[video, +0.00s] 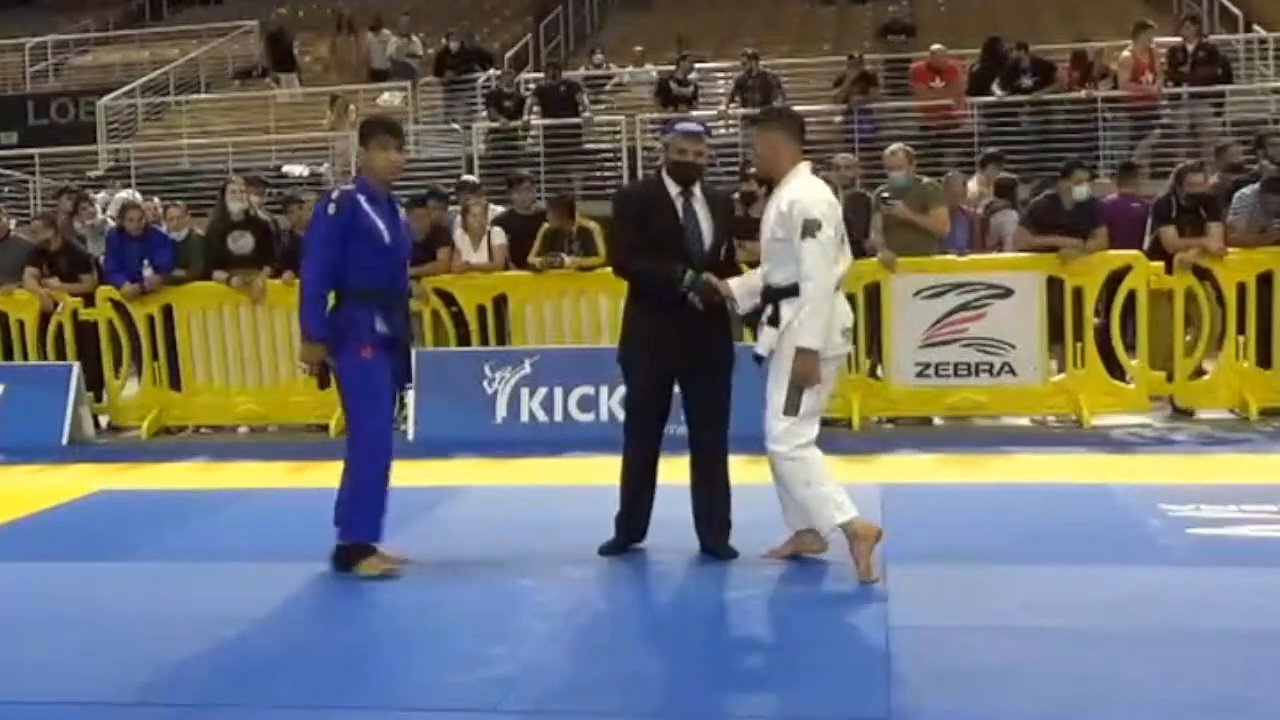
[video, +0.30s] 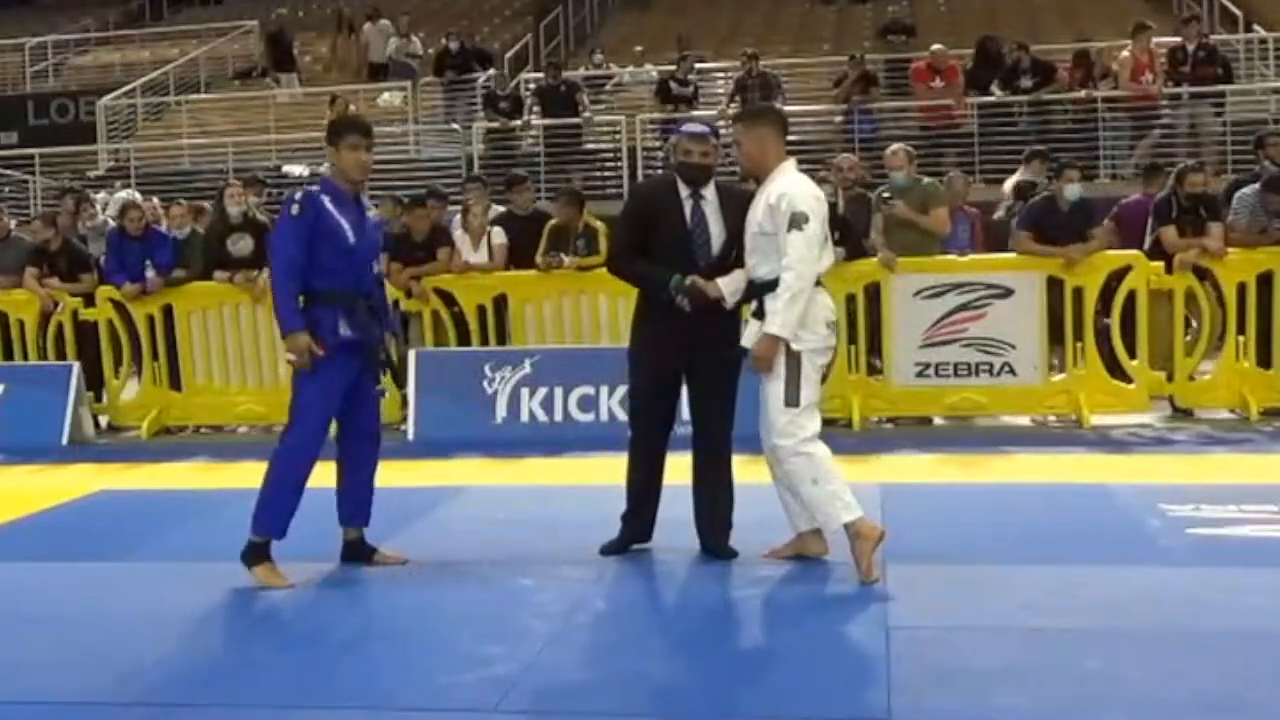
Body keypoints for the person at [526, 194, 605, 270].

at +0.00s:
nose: (547, 217)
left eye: (551, 212)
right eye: (548, 212)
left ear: (564, 214)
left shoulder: (591, 228)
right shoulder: (547, 228)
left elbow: (601, 259)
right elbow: (531, 258)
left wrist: (572, 262)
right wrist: (545, 262)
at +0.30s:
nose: (556, 211)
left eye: (561, 207)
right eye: (556, 207)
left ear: (574, 208)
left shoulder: (597, 227)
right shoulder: (553, 226)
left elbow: (601, 258)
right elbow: (540, 257)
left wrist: (572, 262)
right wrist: (549, 262)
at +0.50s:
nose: (563, 204)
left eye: (567, 200)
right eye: (562, 200)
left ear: (581, 201)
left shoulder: (601, 225)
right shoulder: (556, 223)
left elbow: (603, 257)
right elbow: (543, 255)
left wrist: (577, 262)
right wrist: (552, 262)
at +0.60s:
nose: (566, 202)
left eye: (572, 198)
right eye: (565, 198)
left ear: (585, 201)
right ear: (563, 200)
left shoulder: (603, 224)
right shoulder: (556, 223)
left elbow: (605, 257)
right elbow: (545, 255)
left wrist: (576, 261)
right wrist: (556, 261)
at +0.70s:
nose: (577, 200)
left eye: (581, 195)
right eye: (573, 195)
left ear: (590, 196)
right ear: (567, 196)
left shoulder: (604, 223)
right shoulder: (557, 222)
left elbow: (607, 257)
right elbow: (546, 253)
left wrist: (583, 261)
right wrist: (554, 261)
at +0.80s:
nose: (582, 199)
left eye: (586, 194)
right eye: (577, 194)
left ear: (592, 197)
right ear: (569, 196)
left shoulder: (601, 221)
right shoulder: (558, 223)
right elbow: (546, 253)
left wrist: (584, 262)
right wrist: (554, 262)